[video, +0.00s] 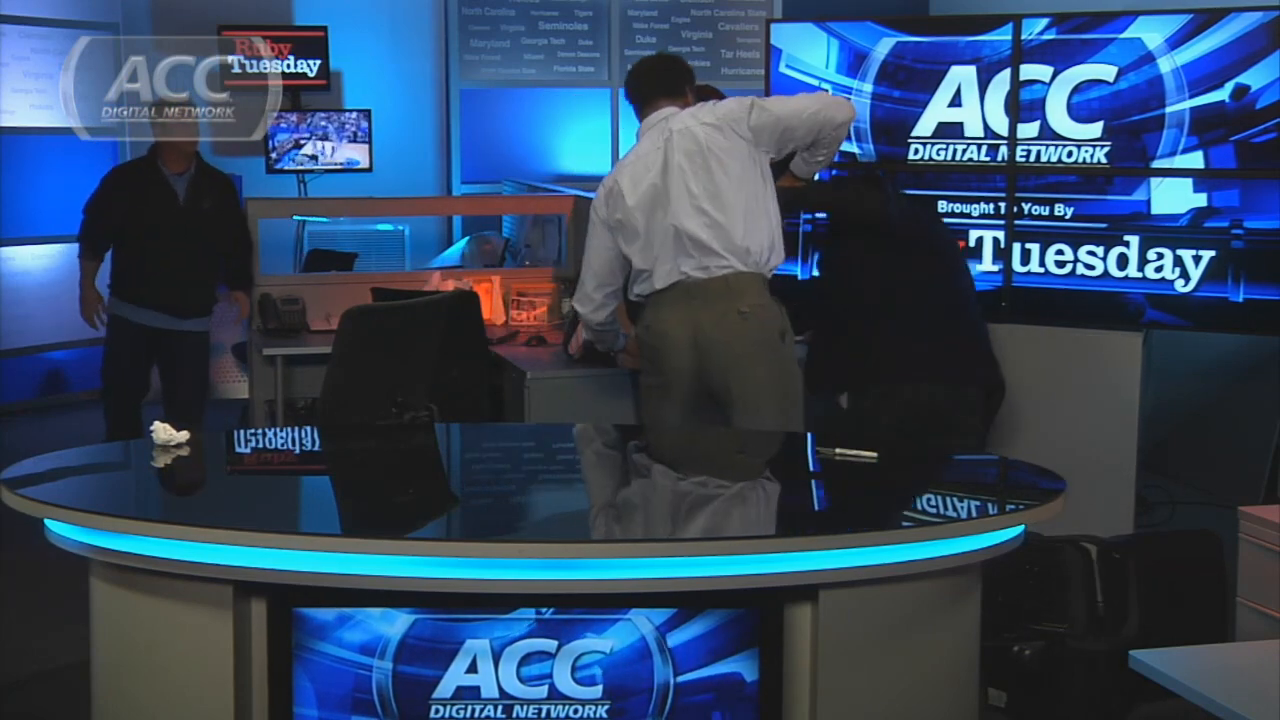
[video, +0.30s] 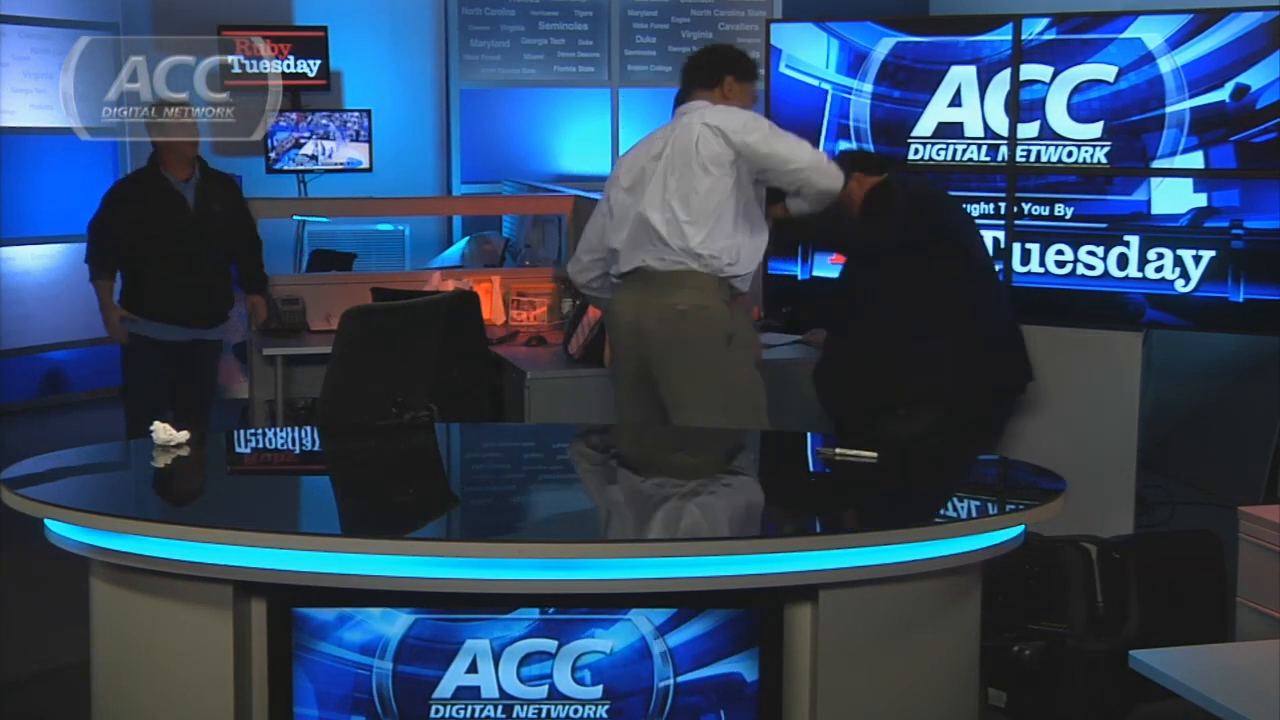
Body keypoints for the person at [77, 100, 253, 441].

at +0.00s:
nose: (186, 130)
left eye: (189, 122)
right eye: (176, 122)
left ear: (198, 130)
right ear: (158, 129)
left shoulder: (219, 186)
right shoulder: (124, 179)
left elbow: (237, 243)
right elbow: (94, 233)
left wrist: (239, 288)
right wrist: (87, 286)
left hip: (190, 322)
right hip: (130, 317)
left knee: (188, 414)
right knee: (121, 410)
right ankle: (120, 487)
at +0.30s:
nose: (188, 136)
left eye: (191, 127)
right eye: (177, 128)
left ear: (199, 133)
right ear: (157, 136)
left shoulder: (224, 188)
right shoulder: (127, 193)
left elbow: (246, 246)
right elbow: (101, 252)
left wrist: (255, 291)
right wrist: (107, 307)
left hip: (205, 335)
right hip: (147, 335)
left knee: (195, 428)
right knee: (145, 429)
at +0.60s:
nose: (212, 129)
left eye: (213, 121)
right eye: (201, 122)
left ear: (218, 128)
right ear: (179, 132)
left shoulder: (237, 183)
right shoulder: (151, 190)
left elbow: (252, 251)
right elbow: (140, 263)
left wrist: (257, 302)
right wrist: (180, 304)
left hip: (234, 336)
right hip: (171, 341)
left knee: (248, 433)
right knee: (157, 436)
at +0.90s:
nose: (259, 139)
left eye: (260, 130)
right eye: (247, 132)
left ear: (268, 133)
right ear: (225, 138)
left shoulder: (284, 191)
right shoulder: (200, 193)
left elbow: (295, 258)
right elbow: (192, 265)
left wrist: (304, 312)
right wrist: (238, 297)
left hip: (277, 345)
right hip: (220, 345)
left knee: (271, 448)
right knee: (227, 451)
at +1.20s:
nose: (307, 143)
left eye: (309, 134)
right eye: (297, 134)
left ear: (311, 136)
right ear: (269, 140)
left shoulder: (320, 193)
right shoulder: (238, 198)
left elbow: (336, 255)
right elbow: (225, 272)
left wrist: (359, 299)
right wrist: (270, 313)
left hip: (318, 352)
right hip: (261, 353)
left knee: (315, 454)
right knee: (272, 457)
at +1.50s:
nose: (349, 144)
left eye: (350, 135)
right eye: (339, 136)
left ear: (352, 135)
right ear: (308, 141)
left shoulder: (355, 193)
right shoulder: (280, 203)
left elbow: (360, 267)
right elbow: (277, 289)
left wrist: (369, 325)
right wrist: (317, 335)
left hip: (354, 352)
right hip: (300, 361)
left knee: (357, 459)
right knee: (306, 460)